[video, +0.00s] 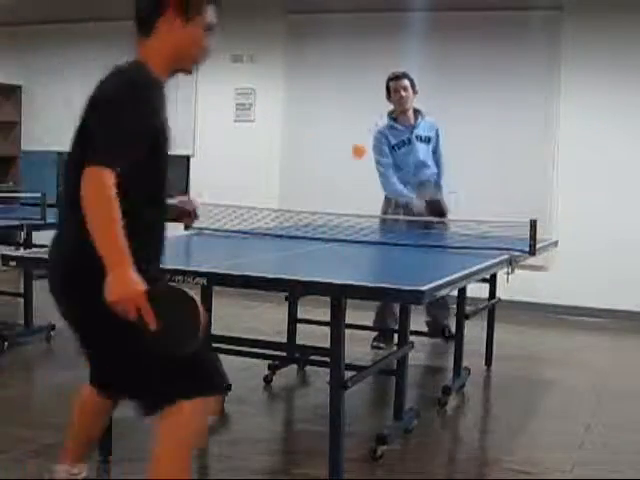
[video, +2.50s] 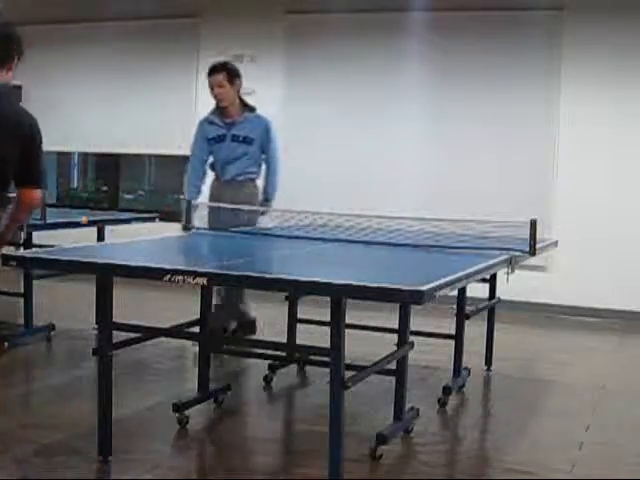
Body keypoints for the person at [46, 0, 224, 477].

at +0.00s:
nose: (208, 42)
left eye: (210, 29)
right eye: (205, 26)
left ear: (170, 22)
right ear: (172, 20)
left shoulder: (142, 90)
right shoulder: (129, 90)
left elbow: (117, 187)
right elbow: (96, 183)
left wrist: (166, 207)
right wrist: (120, 270)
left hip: (96, 274)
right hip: (98, 275)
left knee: (108, 377)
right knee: (197, 389)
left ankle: (70, 469)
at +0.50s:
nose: (290, 8)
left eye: (290, 2)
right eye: (287, 0)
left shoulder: (163, 29)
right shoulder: (231, 34)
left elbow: (96, 100)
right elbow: (235, 135)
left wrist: (80, 154)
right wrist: (360, 154)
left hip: (127, 267)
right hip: (194, 273)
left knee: (149, 446)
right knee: (221, 449)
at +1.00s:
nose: (209, 7)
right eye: (208, 5)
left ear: (145, 3)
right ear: (198, 4)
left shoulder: (81, 59)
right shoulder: (212, 63)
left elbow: (23, 156)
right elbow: (206, 169)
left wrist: (5, 243)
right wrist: (219, 273)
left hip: (73, 285)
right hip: (158, 293)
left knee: (74, 413)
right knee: (184, 455)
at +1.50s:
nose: (114, 9)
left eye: (111, 6)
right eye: (114, 5)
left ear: (55, 3)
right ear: (108, 5)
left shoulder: (11, 49)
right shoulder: (125, 57)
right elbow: (150, 144)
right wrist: (159, 209)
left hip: (13, 252)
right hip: (90, 255)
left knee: (12, 408)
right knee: (92, 410)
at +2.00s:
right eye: (44, 38)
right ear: (42, 41)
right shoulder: (71, 108)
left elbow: (109, 191)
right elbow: (112, 191)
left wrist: (90, 205)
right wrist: (85, 207)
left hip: (5, 278)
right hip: (50, 278)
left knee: (62, 399)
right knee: (62, 397)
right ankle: (76, 474)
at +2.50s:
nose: (15, 69)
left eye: (15, 64)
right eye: (17, 64)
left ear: (9, 64)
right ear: (12, 63)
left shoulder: (20, 120)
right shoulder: (19, 120)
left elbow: (30, 197)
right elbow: (31, 196)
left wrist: (8, 232)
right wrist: (8, 232)